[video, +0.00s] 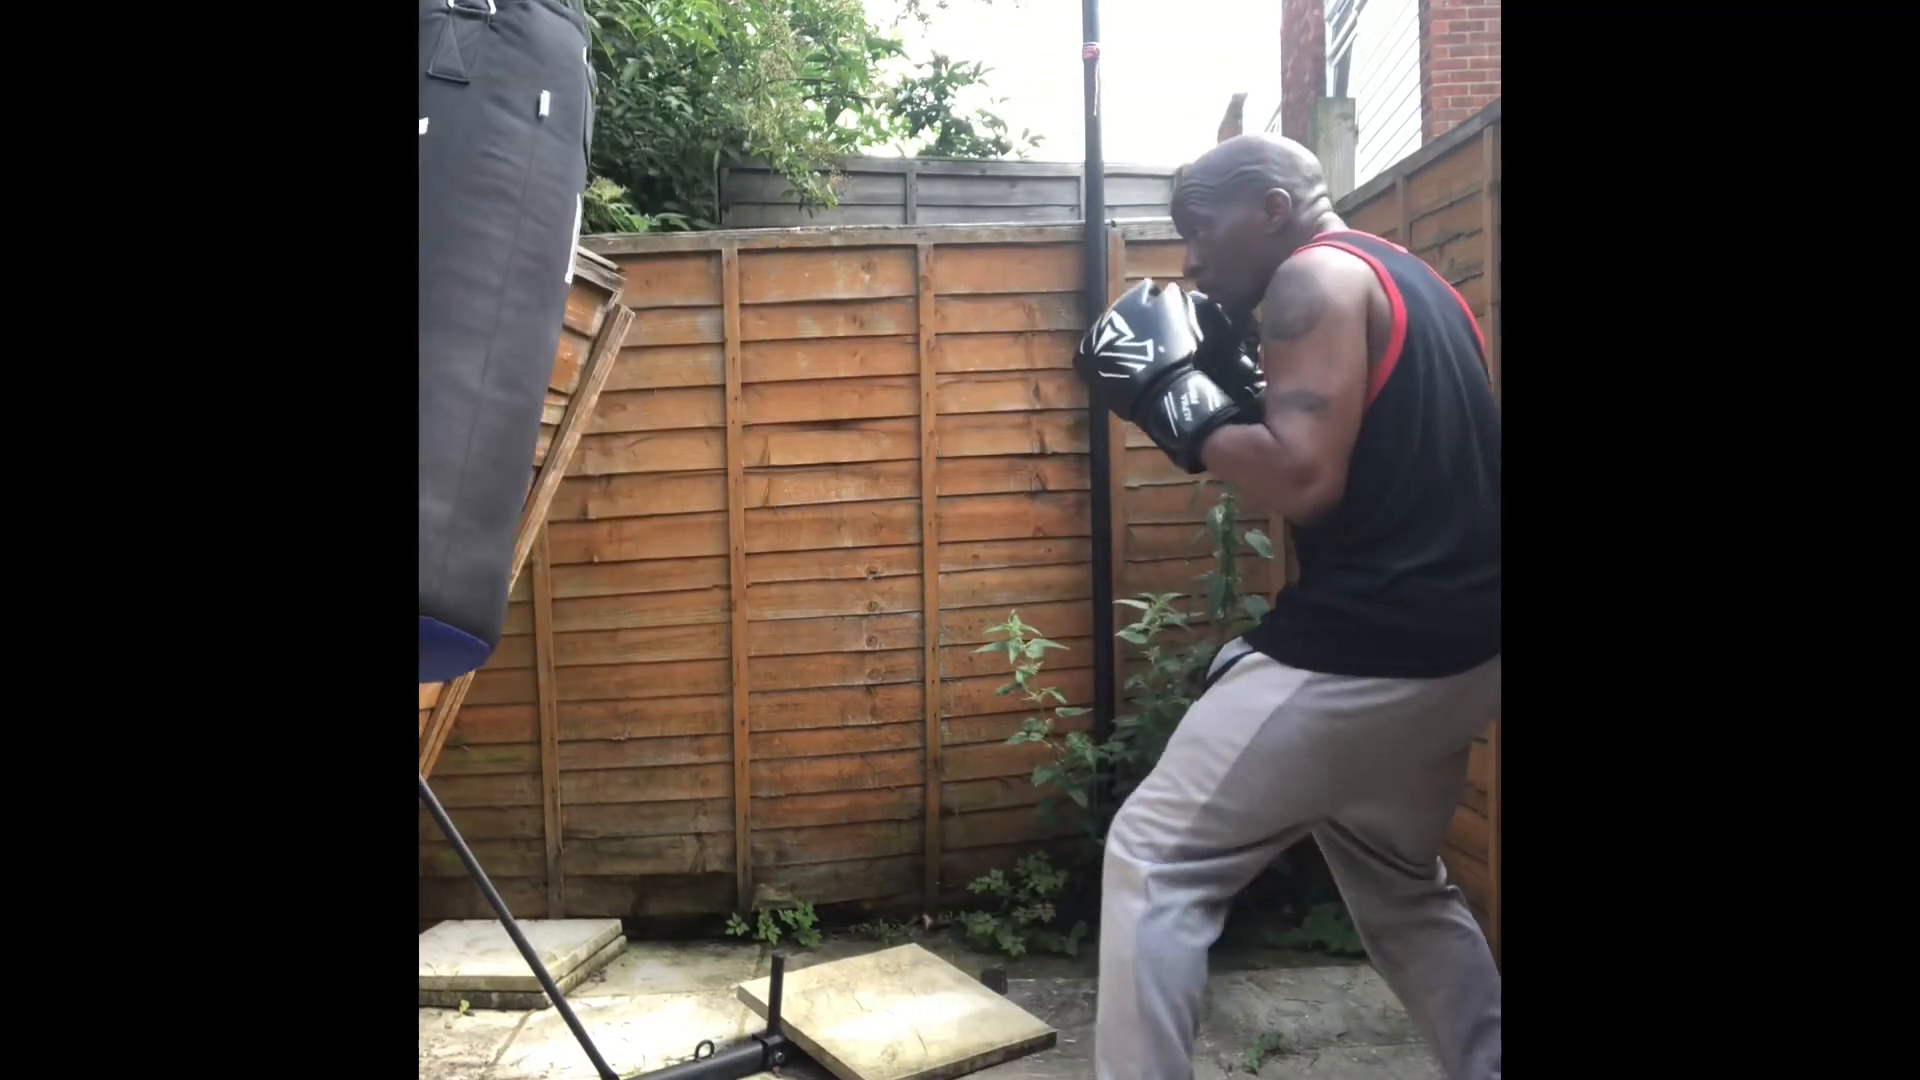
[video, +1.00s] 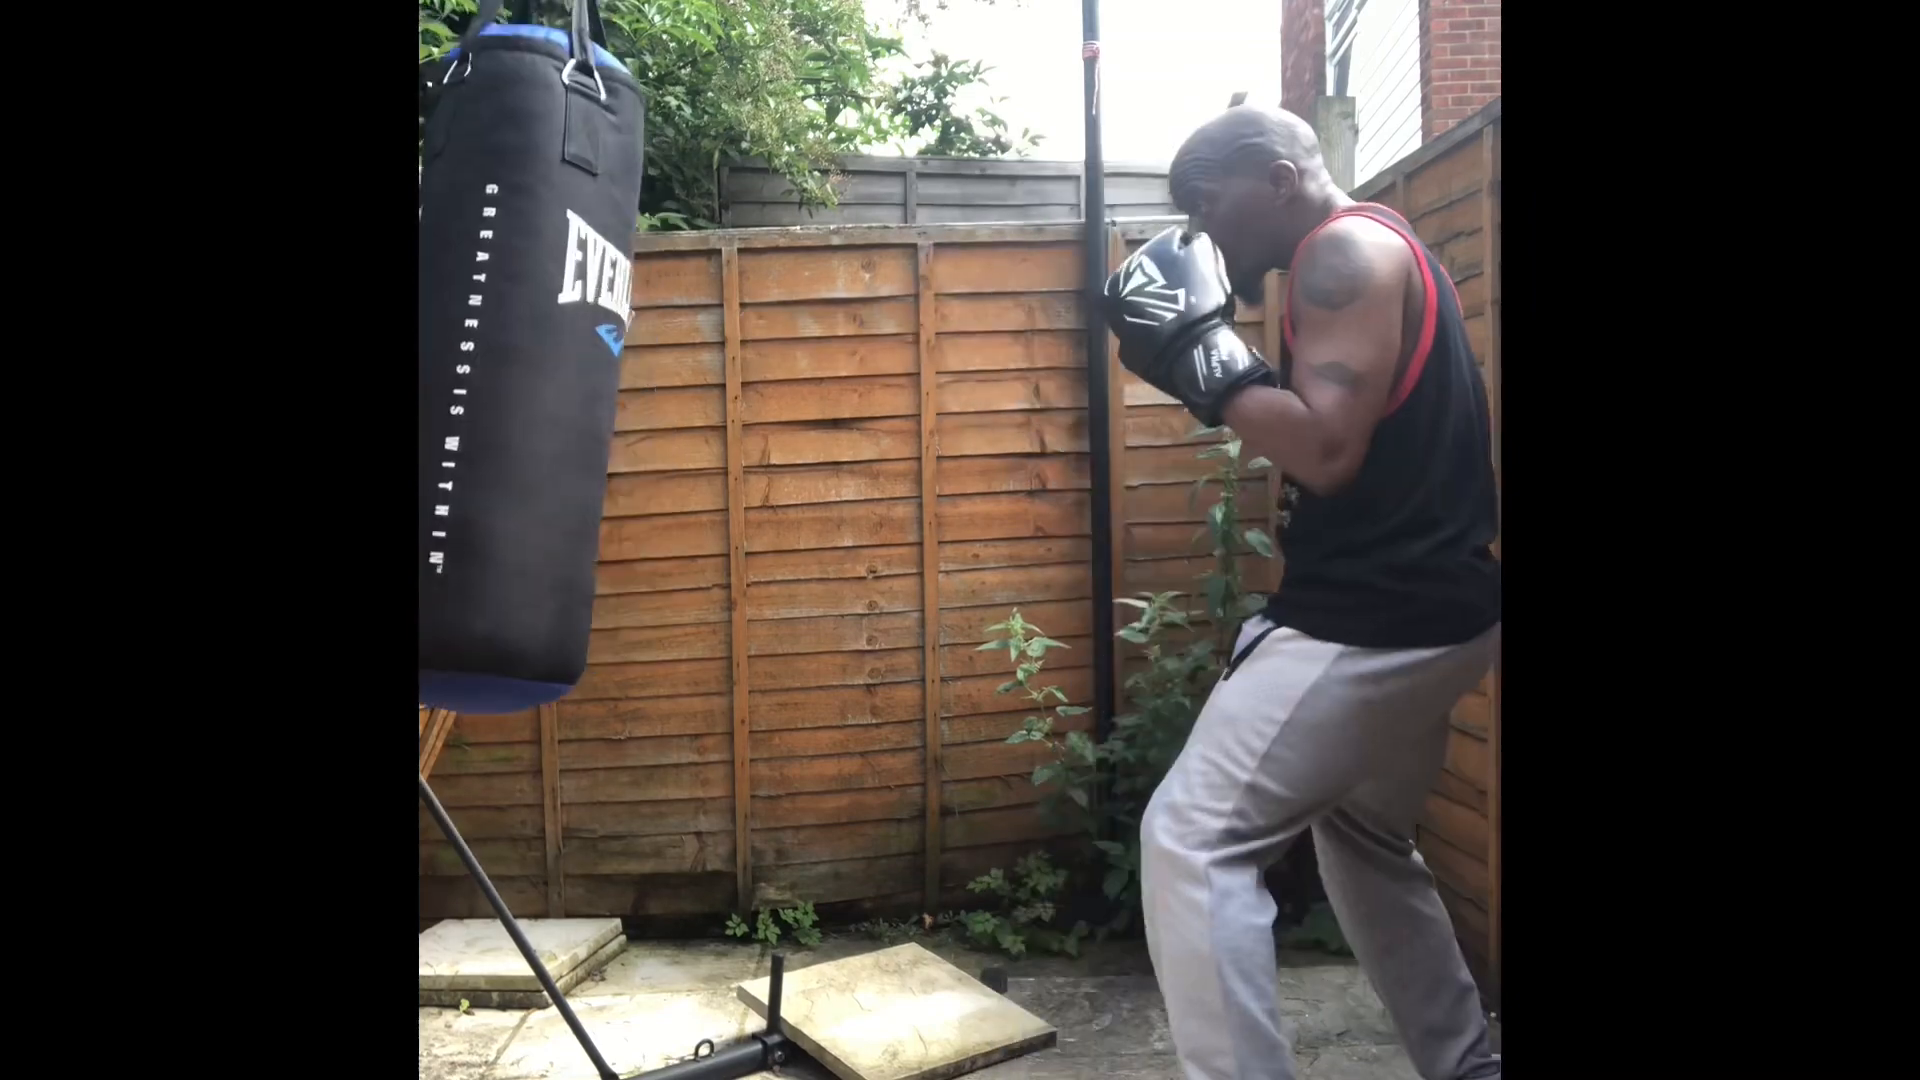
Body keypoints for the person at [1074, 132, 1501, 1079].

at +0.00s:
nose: (1190, 266)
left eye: (1199, 234)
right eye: (1185, 239)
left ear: (1273, 211)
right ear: (1291, 211)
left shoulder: (1317, 280)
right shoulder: (1400, 274)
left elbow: (1300, 478)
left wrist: (1180, 410)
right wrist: (1229, 375)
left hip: (1363, 640)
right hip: (1462, 635)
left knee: (1155, 857)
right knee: (1396, 874)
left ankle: (1139, 1068)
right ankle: (1485, 1062)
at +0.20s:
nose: (1117, 269)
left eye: (1122, 238)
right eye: (1110, 244)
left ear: (1196, 215)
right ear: (1211, 216)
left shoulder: (1229, 299)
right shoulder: (1350, 280)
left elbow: (1177, 511)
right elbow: (1308, 467)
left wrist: (1067, 403)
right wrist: (1163, 387)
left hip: (1291, 660)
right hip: (1416, 645)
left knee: (1096, 887)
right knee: (1371, 880)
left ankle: (1073, 1068)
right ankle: (1483, 1060)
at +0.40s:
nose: (996, 292)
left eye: (1009, 268)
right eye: (988, 273)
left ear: (1080, 228)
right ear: (1001, 244)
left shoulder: (1227, 306)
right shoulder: (1049, 294)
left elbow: (1256, 533)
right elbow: (903, 317)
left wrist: (1140, 431)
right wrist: (730, 293)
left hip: (1272, 667)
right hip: (1249, 660)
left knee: (1095, 900)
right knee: (1329, 900)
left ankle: (1083, 1077)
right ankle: (1487, 1054)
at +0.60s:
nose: (933, 256)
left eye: (942, 222)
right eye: (923, 232)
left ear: (1035, 196)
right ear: (1033, 203)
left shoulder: (1182, 302)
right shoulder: (1062, 303)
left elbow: (1176, 536)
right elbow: (1068, 452)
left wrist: (1018, 433)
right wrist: (909, 401)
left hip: (1226, 651)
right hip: (1171, 642)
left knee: (1058, 895)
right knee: (1253, 872)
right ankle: (1453, 1029)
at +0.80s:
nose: (1033, 253)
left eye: (1032, 225)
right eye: (1023, 231)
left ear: (1099, 190)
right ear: (1120, 188)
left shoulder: (1166, 282)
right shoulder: (1248, 258)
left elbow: (1104, 505)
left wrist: (997, 369)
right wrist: (1038, 358)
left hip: (1204, 668)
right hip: (1303, 644)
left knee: (1040, 889)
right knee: (1272, 860)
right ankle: (1445, 1061)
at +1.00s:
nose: (1212, 246)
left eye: (1213, 220)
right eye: (1202, 227)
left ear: (1280, 183)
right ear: (1286, 184)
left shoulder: (1347, 252)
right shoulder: (1370, 243)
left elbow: (1326, 451)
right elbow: (1310, 428)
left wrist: (1196, 352)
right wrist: (1190, 357)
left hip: (1367, 615)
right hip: (1434, 609)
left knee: (1189, 838)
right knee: (1365, 840)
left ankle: (1238, 1069)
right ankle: (1467, 1063)